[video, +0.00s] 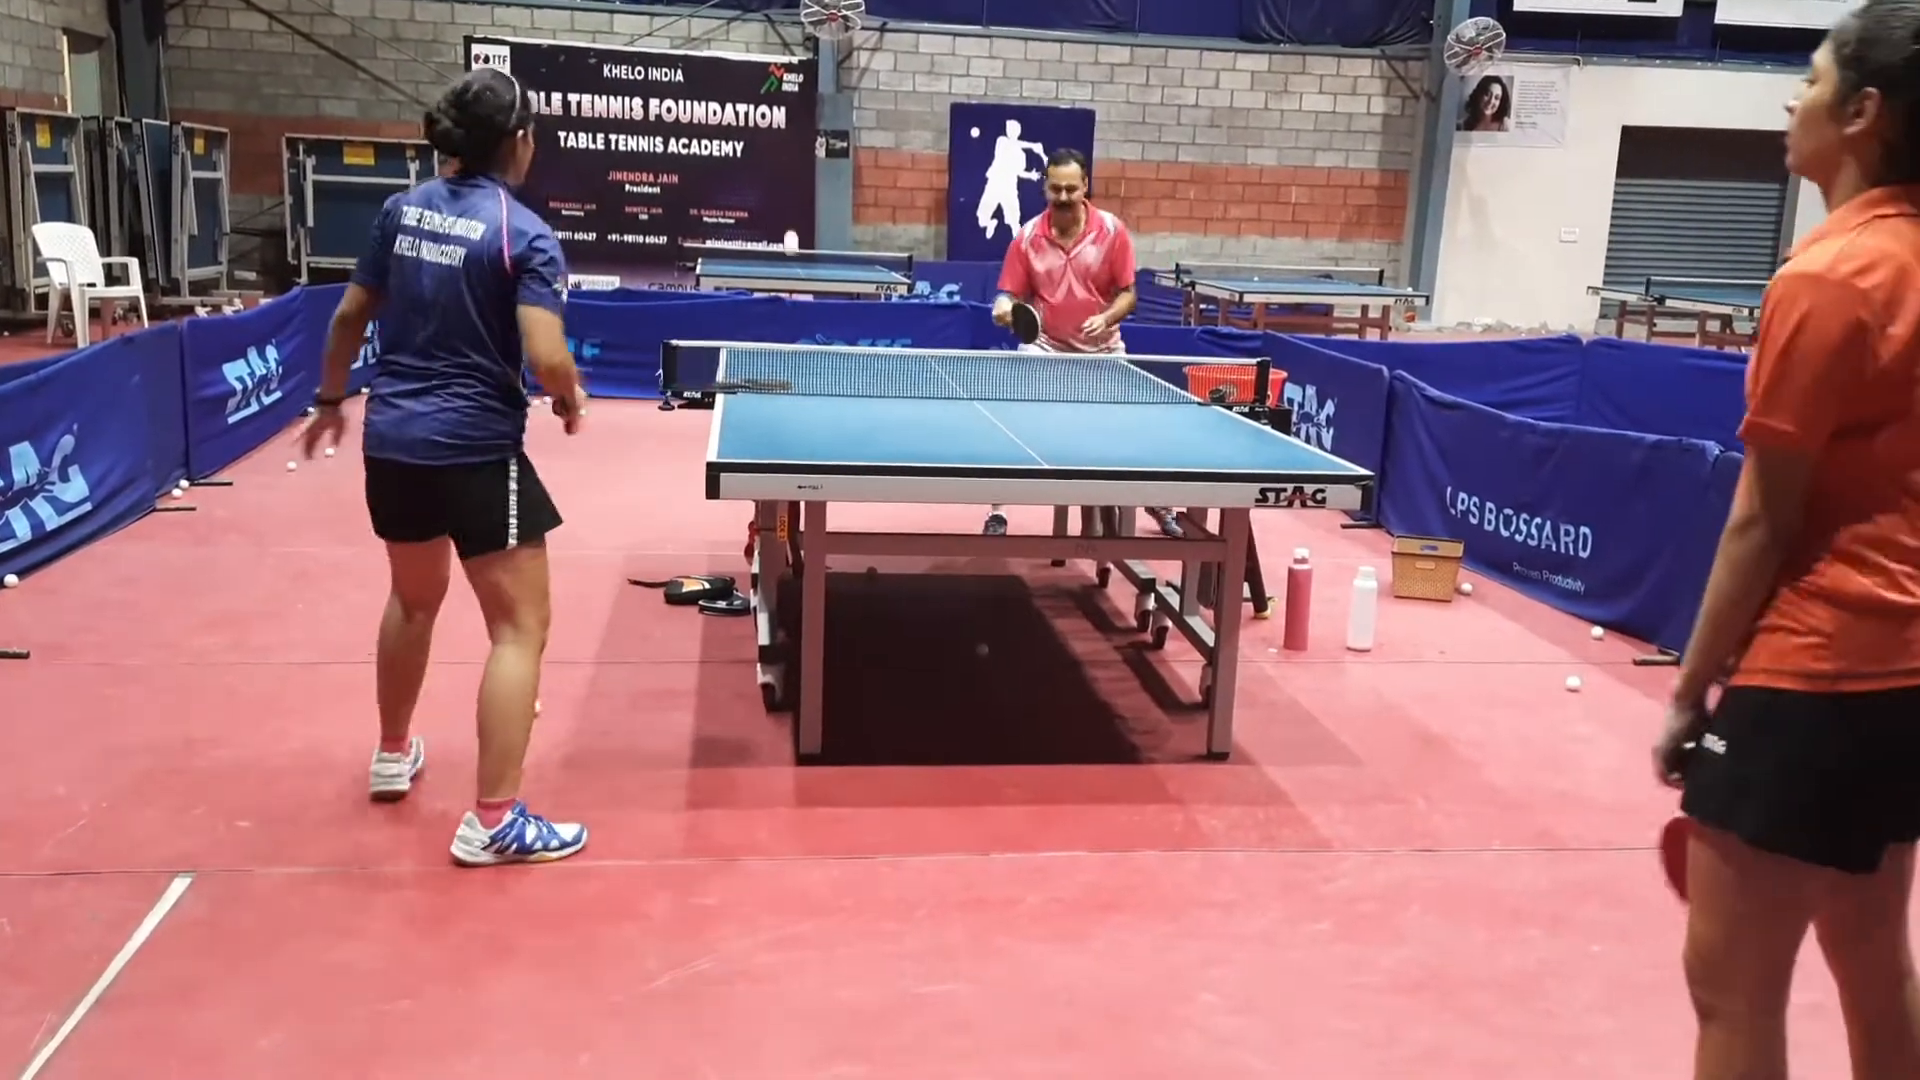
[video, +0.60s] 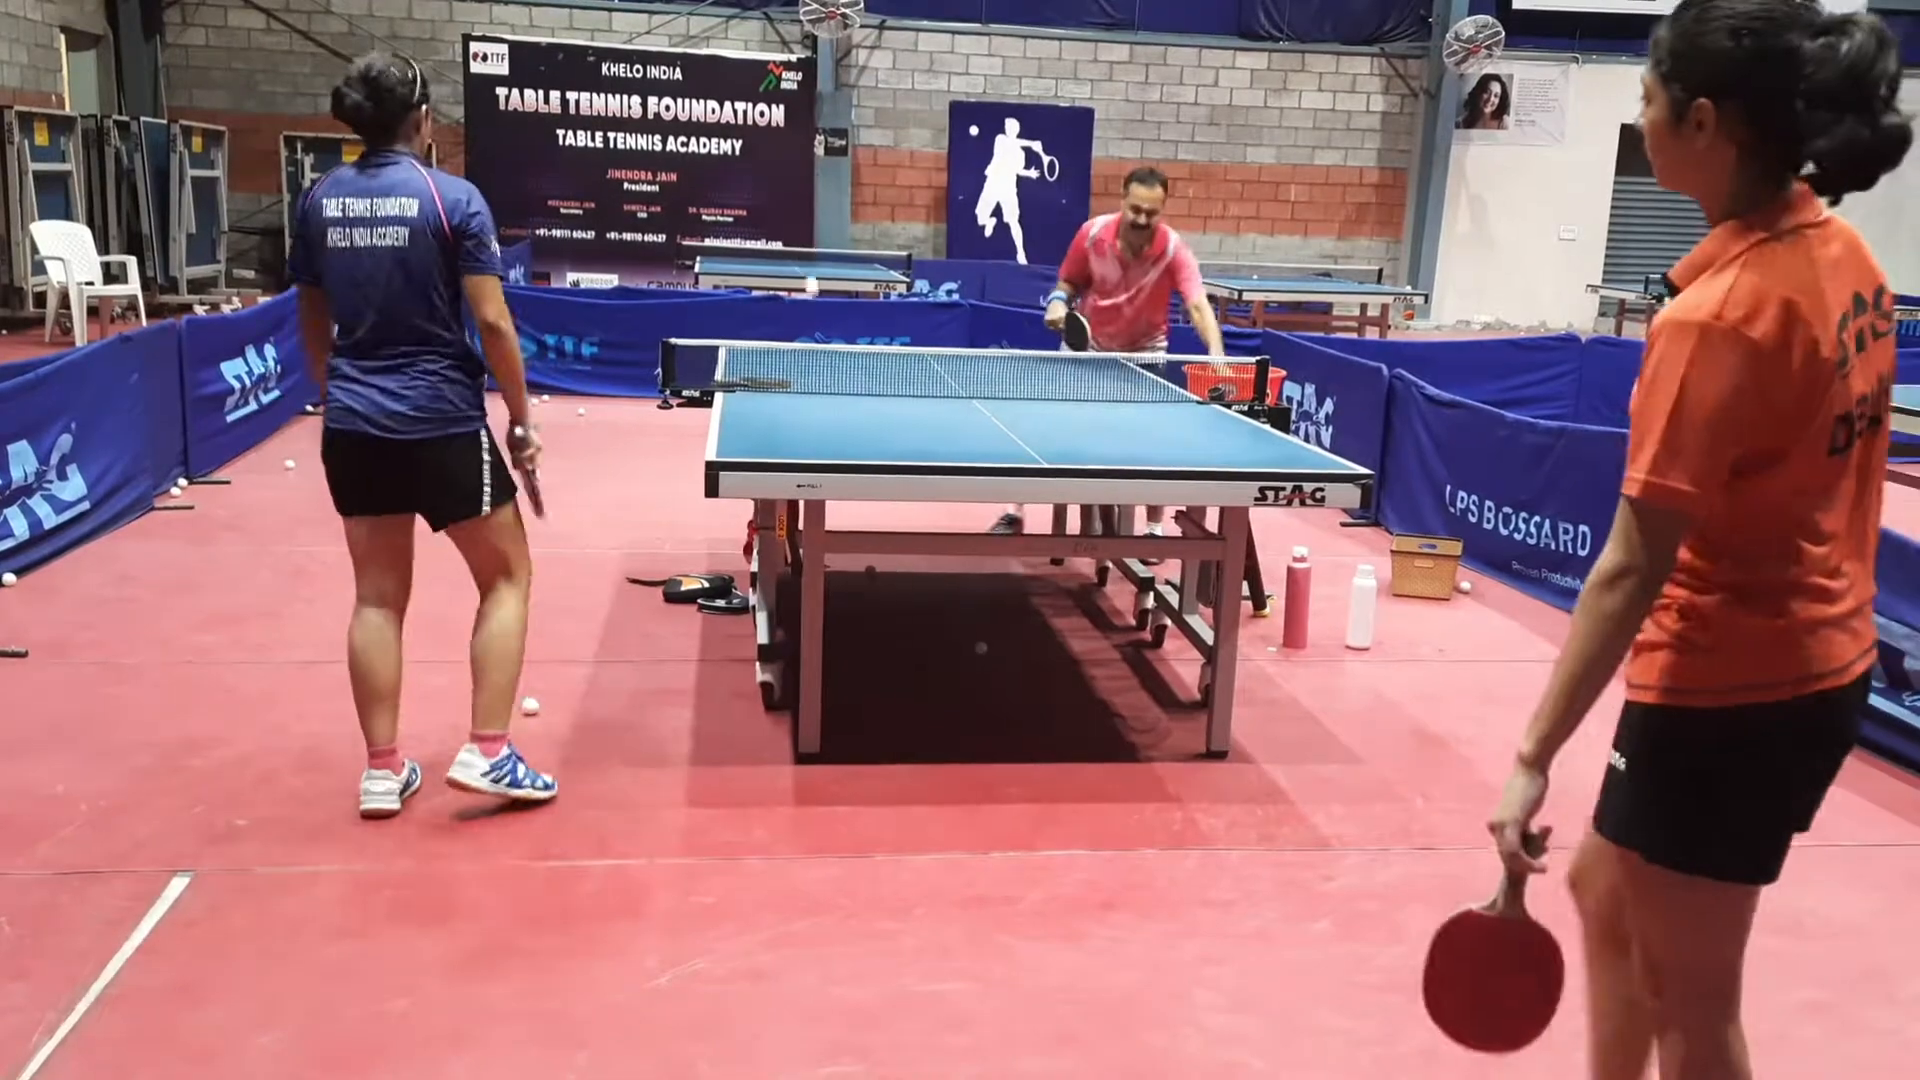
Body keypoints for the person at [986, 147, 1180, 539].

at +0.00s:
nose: (1063, 198)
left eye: (1072, 189)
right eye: (1055, 189)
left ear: (1086, 188)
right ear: (1045, 188)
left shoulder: (1112, 231)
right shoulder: (1028, 239)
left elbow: (1129, 293)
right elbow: (1007, 293)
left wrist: (1107, 318)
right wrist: (1004, 308)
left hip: (1102, 348)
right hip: (1043, 347)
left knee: (1129, 424)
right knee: (1014, 412)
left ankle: (1161, 504)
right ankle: (998, 509)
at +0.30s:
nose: (1091, 195)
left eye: (1097, 186)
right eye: (1082, 187)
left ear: (1104, 182)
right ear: (1062, 183)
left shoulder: (1120, 220)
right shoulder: (1035, 229)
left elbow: (1148, 275)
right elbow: (1014, 284)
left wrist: (1157, 303)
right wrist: (1015, 302)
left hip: (1106, 340)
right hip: (1046, 341)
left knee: (1127, 422)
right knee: (1019, 415)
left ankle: (1148, 512)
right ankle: (998, 508)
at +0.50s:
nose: (1128, 215)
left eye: (1137, 207)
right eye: (1121, 205)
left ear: (1146, 203)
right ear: (1105, 197)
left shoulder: (1158, 243)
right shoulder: (1075, 235)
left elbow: (1187, 296)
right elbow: (1048, 285)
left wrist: (1203, 332)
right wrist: (1042, 307)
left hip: (1132, 353)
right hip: (1074, 351)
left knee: (1147, 435)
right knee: (1035, 421)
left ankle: (1156, 528)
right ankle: (1003, 508)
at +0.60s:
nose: (1142, 220)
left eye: (1151, 213)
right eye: (1135, 210)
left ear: (1163, 210)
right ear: (1122, 202)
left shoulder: (1173, 248)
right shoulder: (1093, 234)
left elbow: (1197, 305)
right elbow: (1067, 283)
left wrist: (1216, 351)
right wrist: (1057, 304)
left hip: (1146, 351)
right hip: (1090, 347)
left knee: (1152, 437)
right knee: (1051, 423)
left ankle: (1154, 529)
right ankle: (1015, 511)